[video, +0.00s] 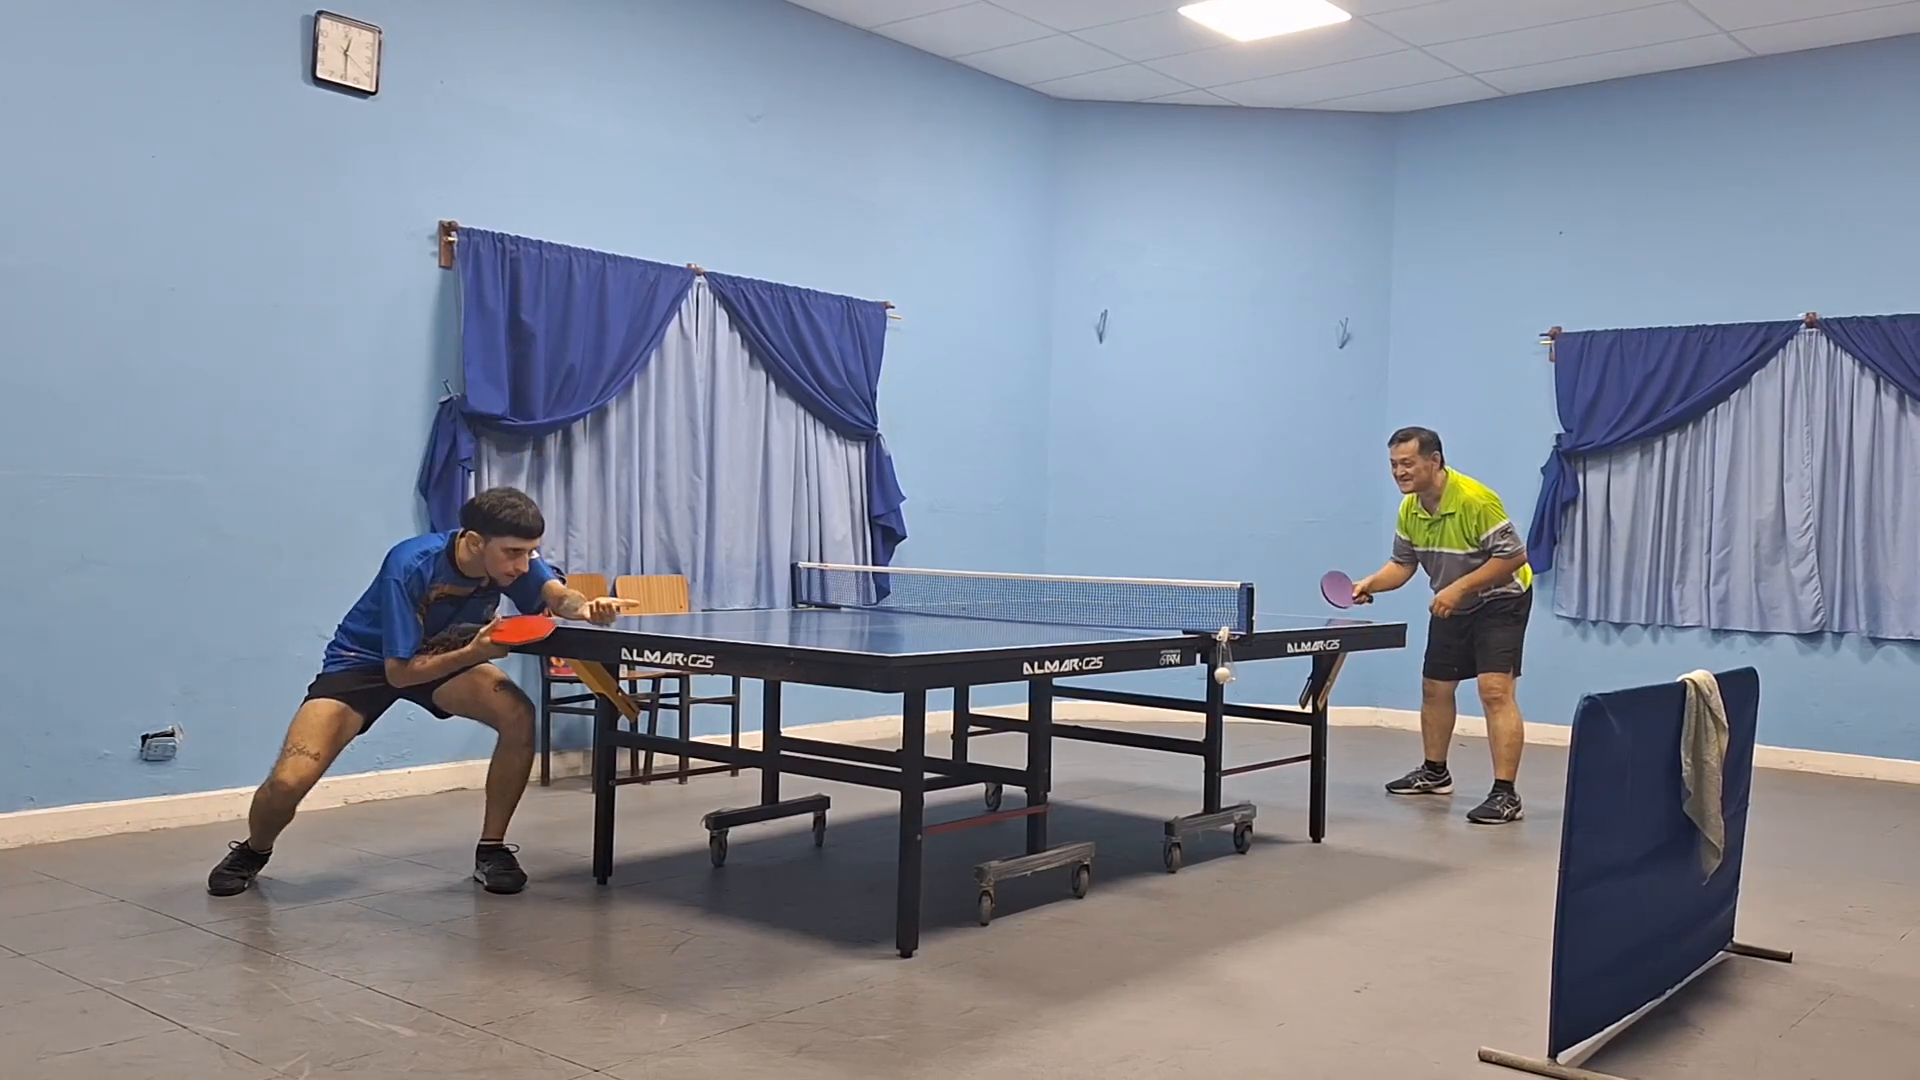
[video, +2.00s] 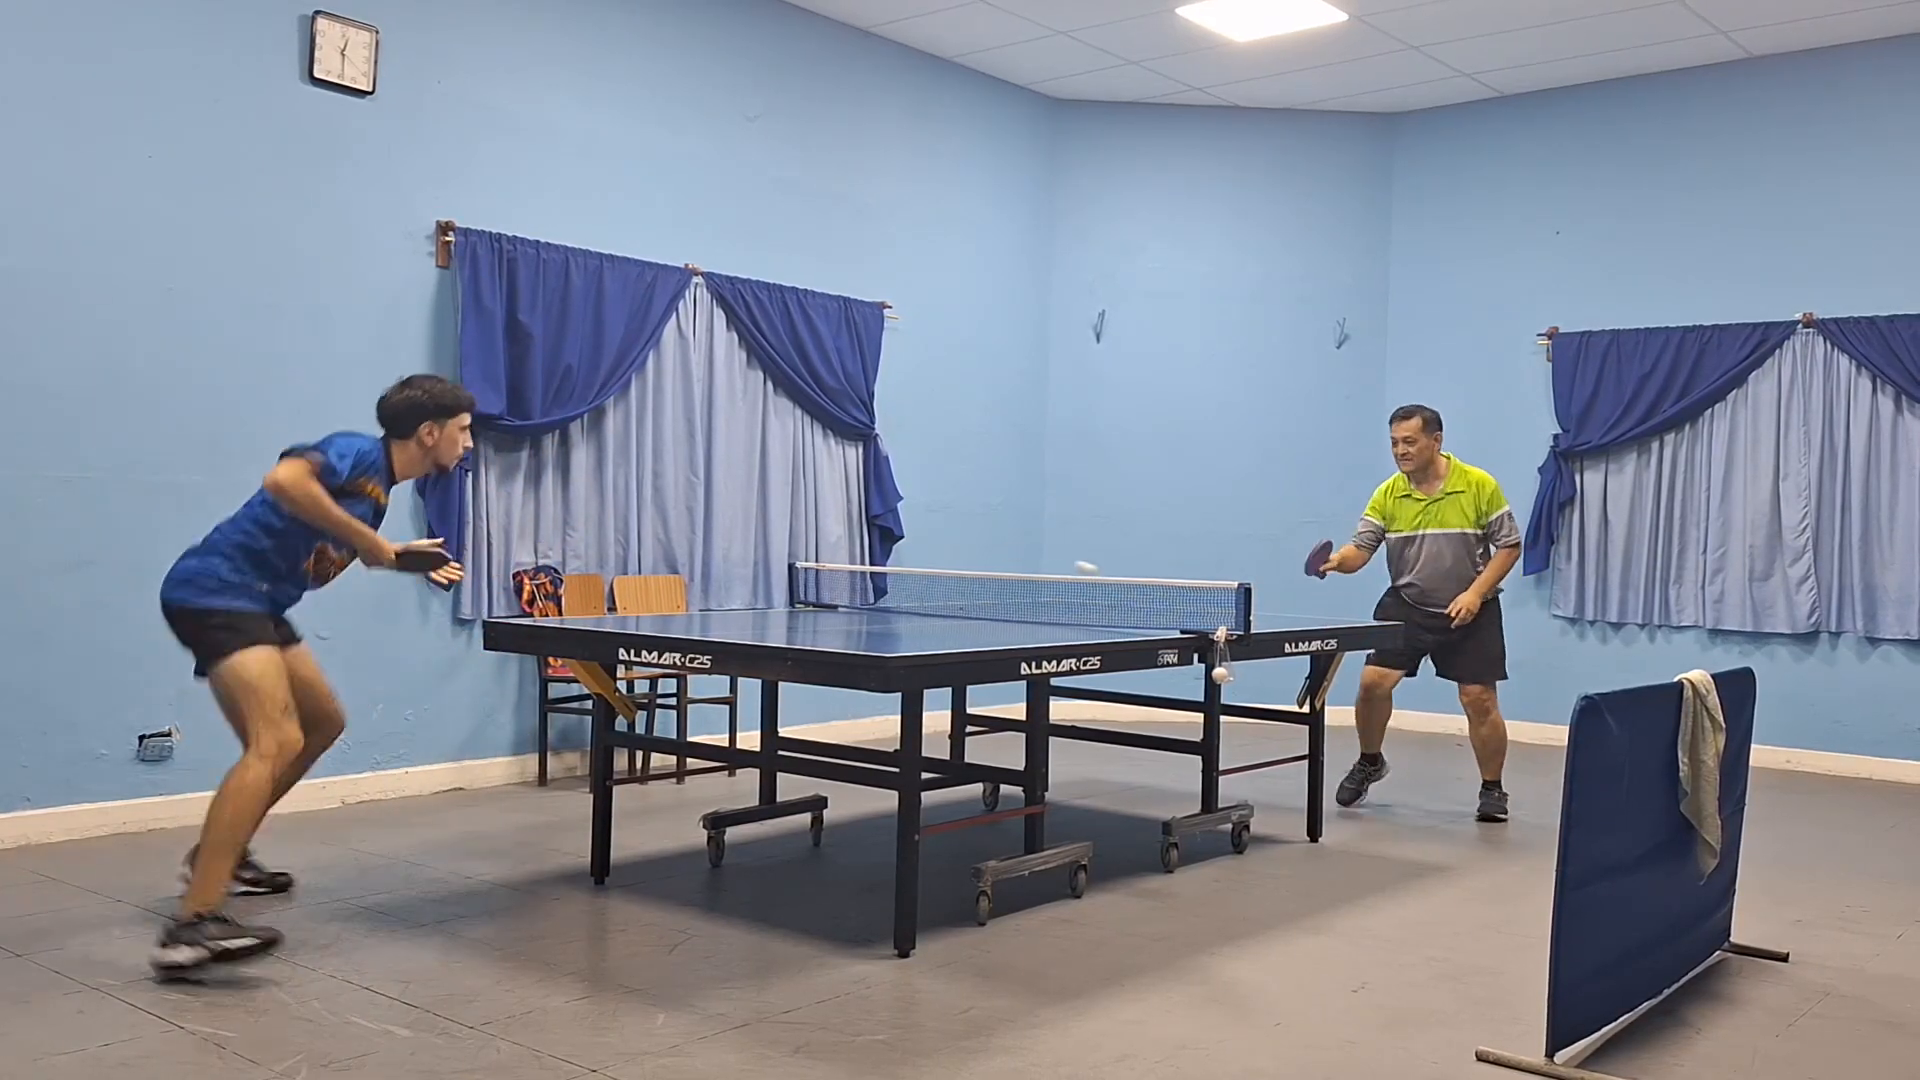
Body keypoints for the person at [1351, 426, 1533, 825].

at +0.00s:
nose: (1399, 471)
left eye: (1407, 463)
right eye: (1394, 464)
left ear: (1435, 462)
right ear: (1392, 467)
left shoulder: (1475, 500)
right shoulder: (1409, 509)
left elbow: (1513, 554)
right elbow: (1403, 563)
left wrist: (1460, 589)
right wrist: (1372, 584)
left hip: (1500, 600)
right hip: (1451, 605)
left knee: (1494, 690)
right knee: (1435, 686)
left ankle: (1505, 792)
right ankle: (1435, 770)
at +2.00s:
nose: (1401, 450)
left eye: (1410, 441)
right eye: (1395, 442)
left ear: (1436, 441)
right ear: (1391, 445)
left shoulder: (1478, 485)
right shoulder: (1388, 493)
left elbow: (1510, 545)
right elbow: (1361, 548)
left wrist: (1476, 592)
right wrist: (1338, 559)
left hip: (1470, 610)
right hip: (1407, 607)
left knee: (1478, 699)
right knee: (1373, 684)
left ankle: (1492, 789)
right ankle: (1369, 761)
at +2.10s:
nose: (1408, 456)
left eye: (1418, 447)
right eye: (1402, 448)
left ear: (1443, 446)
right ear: (1397, 450)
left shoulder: (1482, 490)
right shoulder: (1390, 495)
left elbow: (1513, 548)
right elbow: (1363, 547)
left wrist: (1486, 595)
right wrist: (1350, 559)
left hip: (1466, 614)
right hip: (1404, 609)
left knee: (1478, 699)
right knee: (1381, 683)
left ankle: (1492, 788)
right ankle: (1359, 779)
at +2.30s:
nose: (1409, 471)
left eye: (1419, 463)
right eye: (1402, 462)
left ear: (1441, 461)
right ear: (1394, 461)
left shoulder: (1467, 501)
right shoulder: (1382, 499)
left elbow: (1493, 553)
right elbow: (1336, 543)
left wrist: (1499, 604)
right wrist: (1375, 548)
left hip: (1449, 619)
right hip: (1386, 618)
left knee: (1471, 701)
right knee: (1375, 694)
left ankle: (1490, 789)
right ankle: (1357, 794)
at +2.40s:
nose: (1404, 468)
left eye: (1415, 460)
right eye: (1397, 459)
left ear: (1438, 460)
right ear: (1389, 457)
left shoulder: (1461, 499)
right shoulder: (1377, 498)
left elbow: (1484, 552)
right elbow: (1344, 528)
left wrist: (1496, 603)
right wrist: (1327, 538)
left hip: (1445, 617)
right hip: (1381, 616)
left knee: (1472, 702)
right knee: (1374, 695)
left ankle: (1485, 788)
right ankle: (1356, 794)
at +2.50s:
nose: (1395, 460)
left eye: (1407, 452)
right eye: (1390, 451)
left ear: (1431, 455)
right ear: (1383, 452)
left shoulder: (1461, 496)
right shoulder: (1367, 502)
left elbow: (1486, 546)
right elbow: (1312, 531)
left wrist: (1494, 600)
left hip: (1450, 615)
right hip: (1385, 614)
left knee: (1482, 701)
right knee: (1376, 694)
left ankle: (1484, 780)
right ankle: (1355, 793)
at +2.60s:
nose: (1392, 453)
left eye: (1402, 445)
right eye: (1387, 445)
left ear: (1429, 450)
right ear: (1381, 448)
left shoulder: (1466, 495)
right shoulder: (1365, 501)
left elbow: (1492, 547)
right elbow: (1307, 529)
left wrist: (1498, 603)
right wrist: (1263, 523)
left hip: (1459, 618)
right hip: (1391, 618)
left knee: (1493, 701)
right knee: (1377, 694)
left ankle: (1502, 784)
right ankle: (1353, 792)